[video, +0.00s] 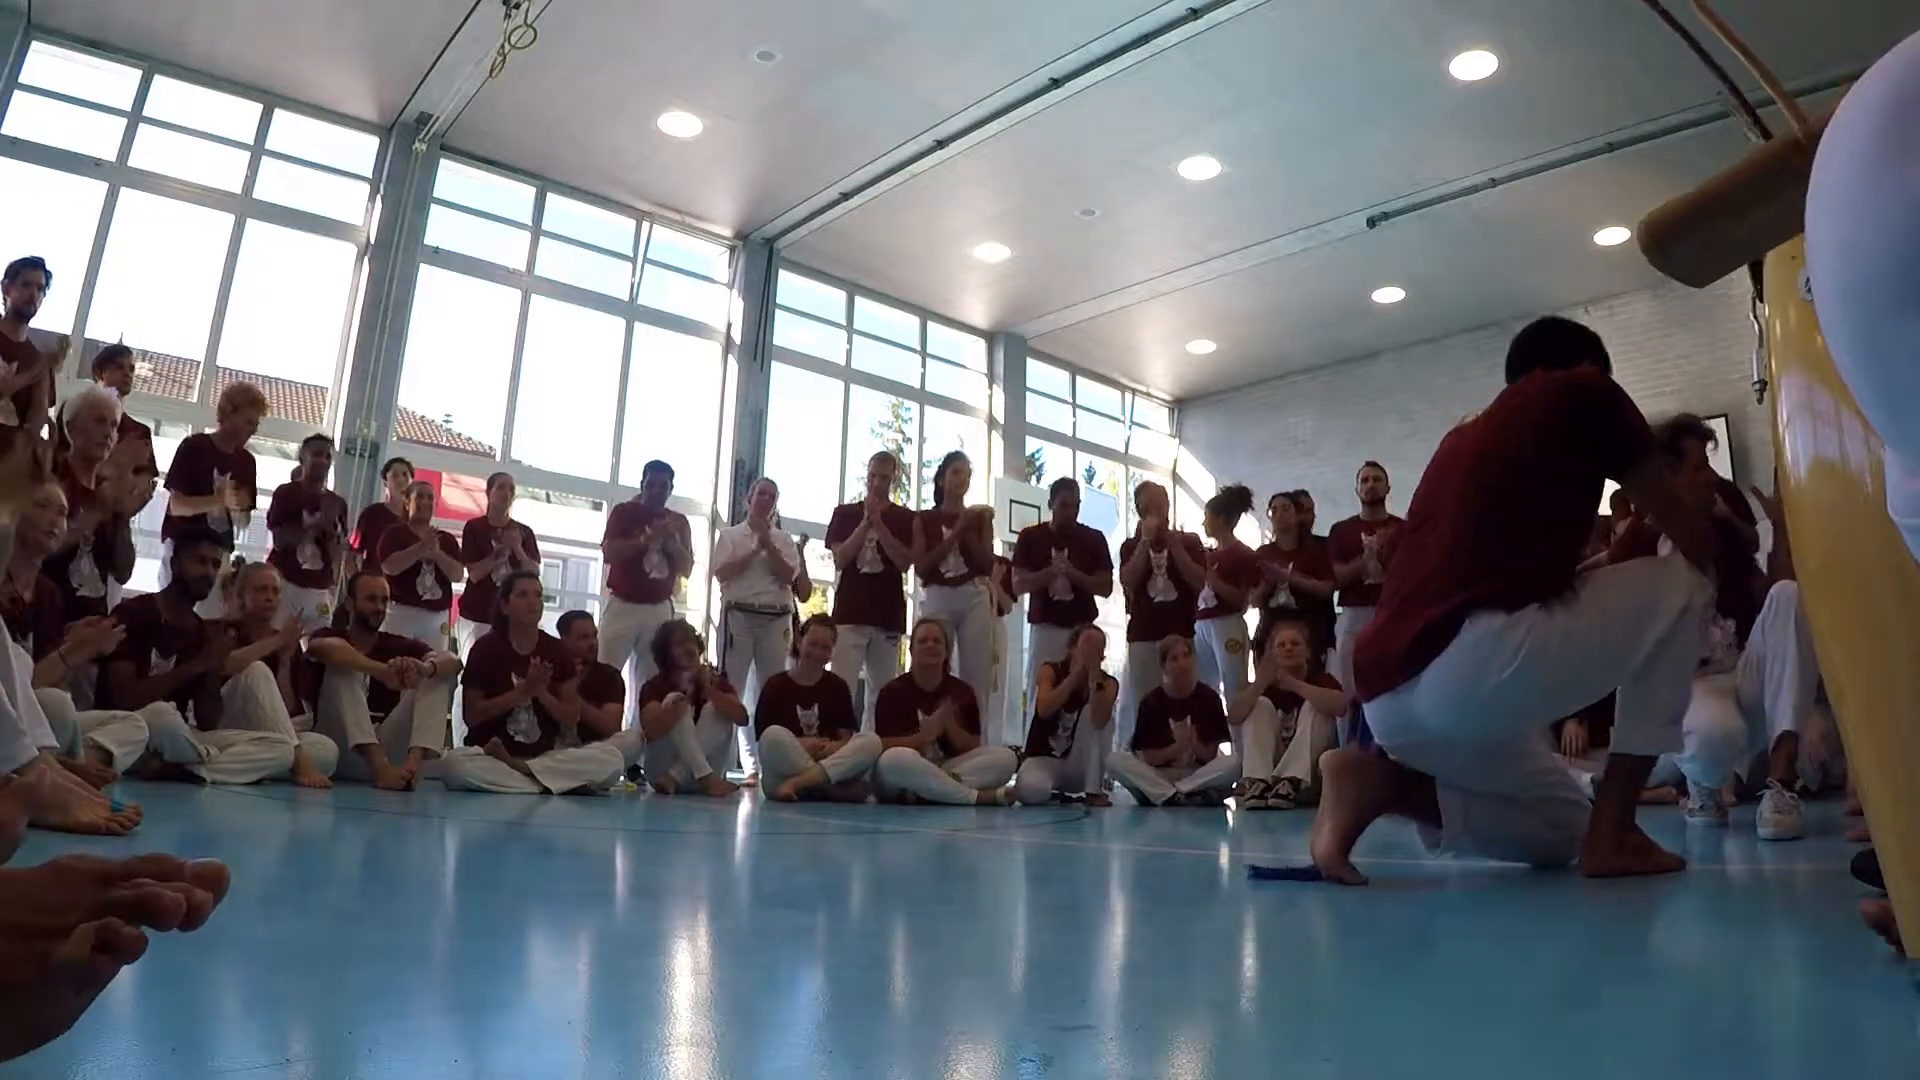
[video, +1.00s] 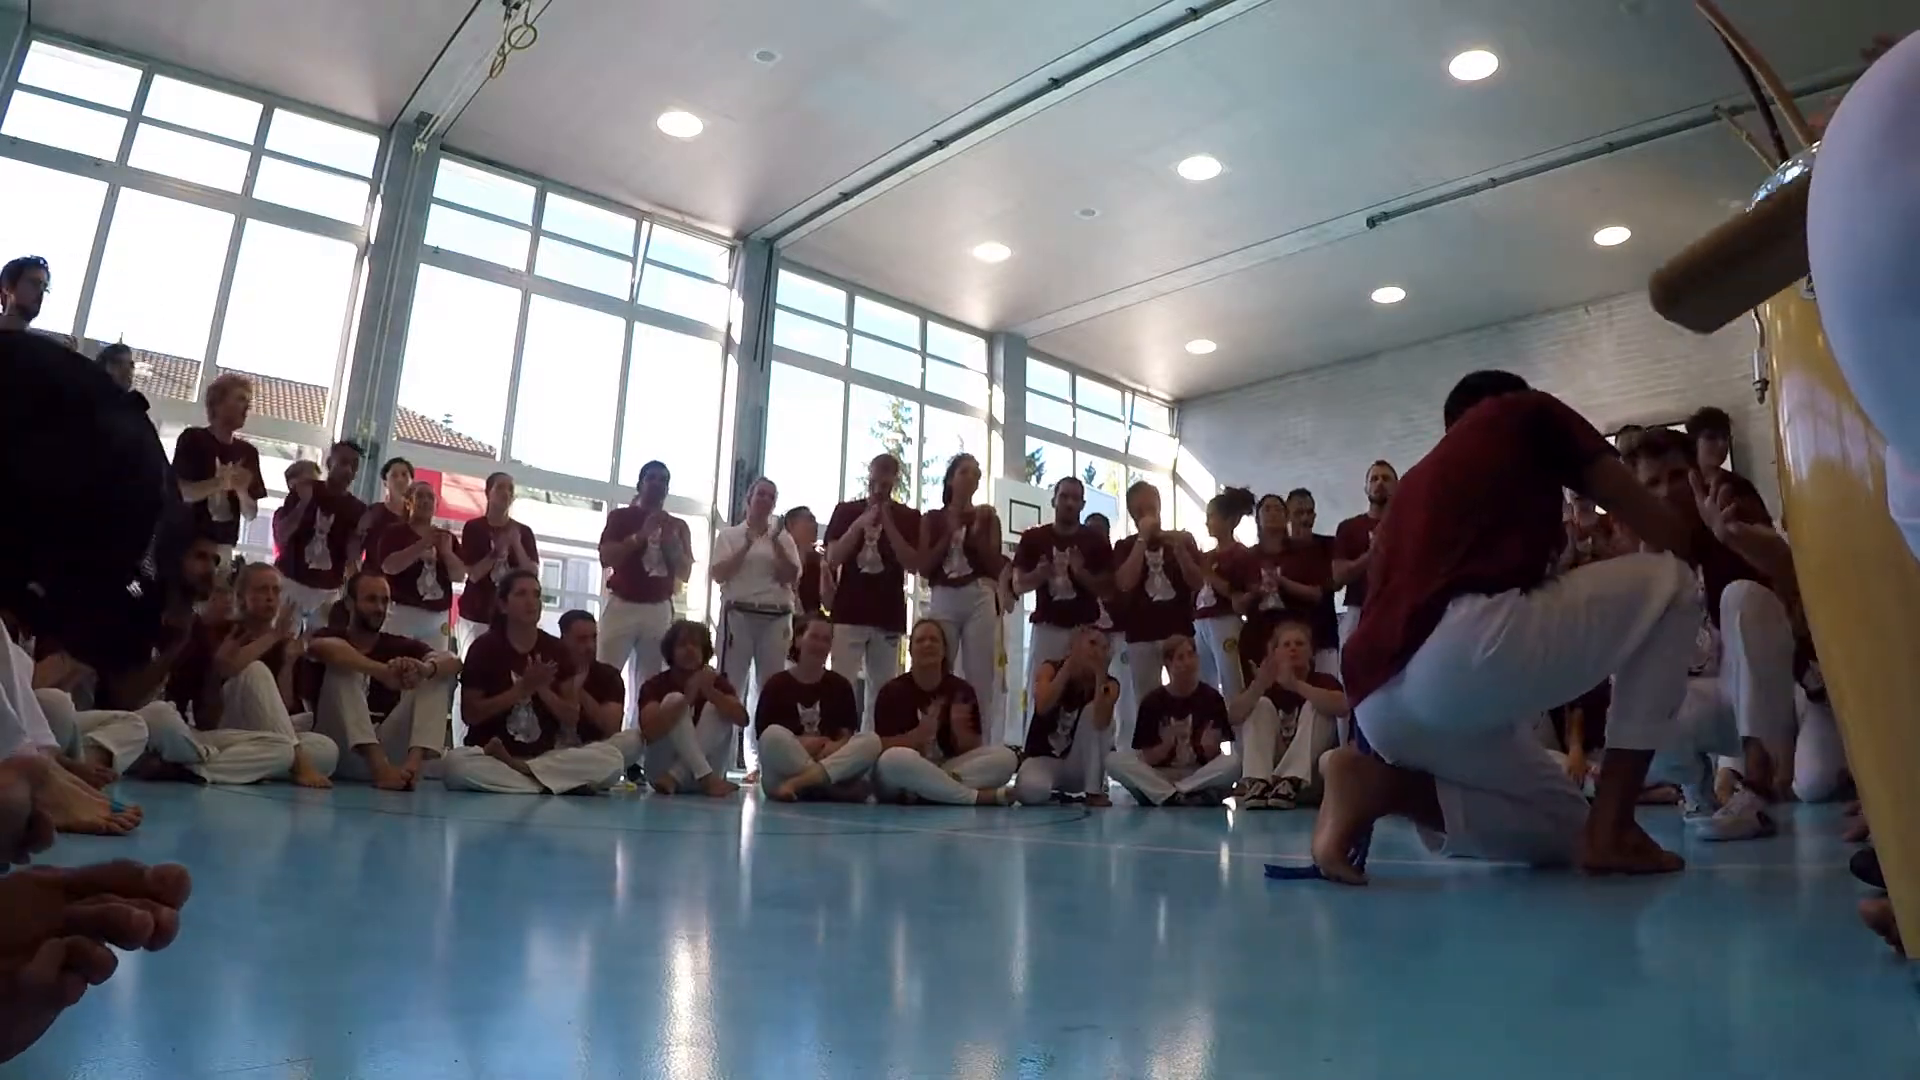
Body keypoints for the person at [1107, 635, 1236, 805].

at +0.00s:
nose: (1182, 664)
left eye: (1186, 656)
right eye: (1174, 659)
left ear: (1194, 660)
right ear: (1164, 667)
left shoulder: (1209, 697)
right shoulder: (1151, 702)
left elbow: (1211, 756)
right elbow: (1147, 757)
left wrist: (1194, 743)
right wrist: (1178, 747)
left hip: (1198, 773)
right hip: (1160, 774)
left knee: (1232, 763)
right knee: (1114, 760)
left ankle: (1178, 791)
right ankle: (1171, 795)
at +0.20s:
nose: (1182, 663)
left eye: (1186, 656)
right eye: (1175, 659)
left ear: (1194, 660)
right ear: (1164, 667)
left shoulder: (1210, 697)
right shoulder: (1151, 702)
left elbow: (1212, 756)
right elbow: (1147, 756)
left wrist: (1202, 747)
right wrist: (1172, 749)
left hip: (1200, 771)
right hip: (1161, 772)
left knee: (1233, 763)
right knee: (1115, 760)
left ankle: (1176, 791)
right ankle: (1171, 795)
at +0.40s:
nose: (1183, 663)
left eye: (1187, 656)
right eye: (1176, 658)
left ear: (1195, 660)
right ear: (1165, 665)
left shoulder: (1210, 698)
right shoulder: (1152, 701)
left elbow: (1212, 755)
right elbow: (1149, 758)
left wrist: (1195, 744)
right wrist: (1176, 747)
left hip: (1199, 772)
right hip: (1159, 773)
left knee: (1232, 763)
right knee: (1114, 760)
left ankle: (1177, 791)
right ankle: (1171, 795)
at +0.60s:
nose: (1184, 662)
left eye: (1188, 655)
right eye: (1177, 658)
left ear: (1195, 659)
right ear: (1166, 665)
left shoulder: (1211, 698)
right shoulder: (1152, 701)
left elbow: (1213, 758)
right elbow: (1147, 757)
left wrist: (1204, 747)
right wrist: (1170, 746)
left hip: (1200, 771)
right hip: (1160, 773)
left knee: (1232, 762)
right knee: (1114, 760)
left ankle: (1177, 792)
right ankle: (1172, 795)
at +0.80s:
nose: (1186, 662)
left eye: (1190, 655)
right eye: (1179, 657)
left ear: (1196, 659)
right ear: (1167, 664)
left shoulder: (1211, 698)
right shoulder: (1152, 701)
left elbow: (1212, 754)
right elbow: (1148, 758)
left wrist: (1195, 743)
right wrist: (1177, 747)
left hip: (1200, 772)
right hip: (1160, 773)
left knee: (1233, 762)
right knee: (1114, 760)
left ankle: (1174, 792)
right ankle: (1171, 796)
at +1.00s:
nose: (1187, 662)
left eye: (1191, 655)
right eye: (1180, 657)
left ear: (1198, 659)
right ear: (1168, 664)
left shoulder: (1212, 697)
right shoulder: (1152, 700)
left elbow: (1214, 755)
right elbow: (1147, 758)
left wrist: (1208, 748)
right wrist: (1167, 745)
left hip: (1199, 772)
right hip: (1160, 773)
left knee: (1232, 762)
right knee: (1114, 759)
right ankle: (1172, 795)